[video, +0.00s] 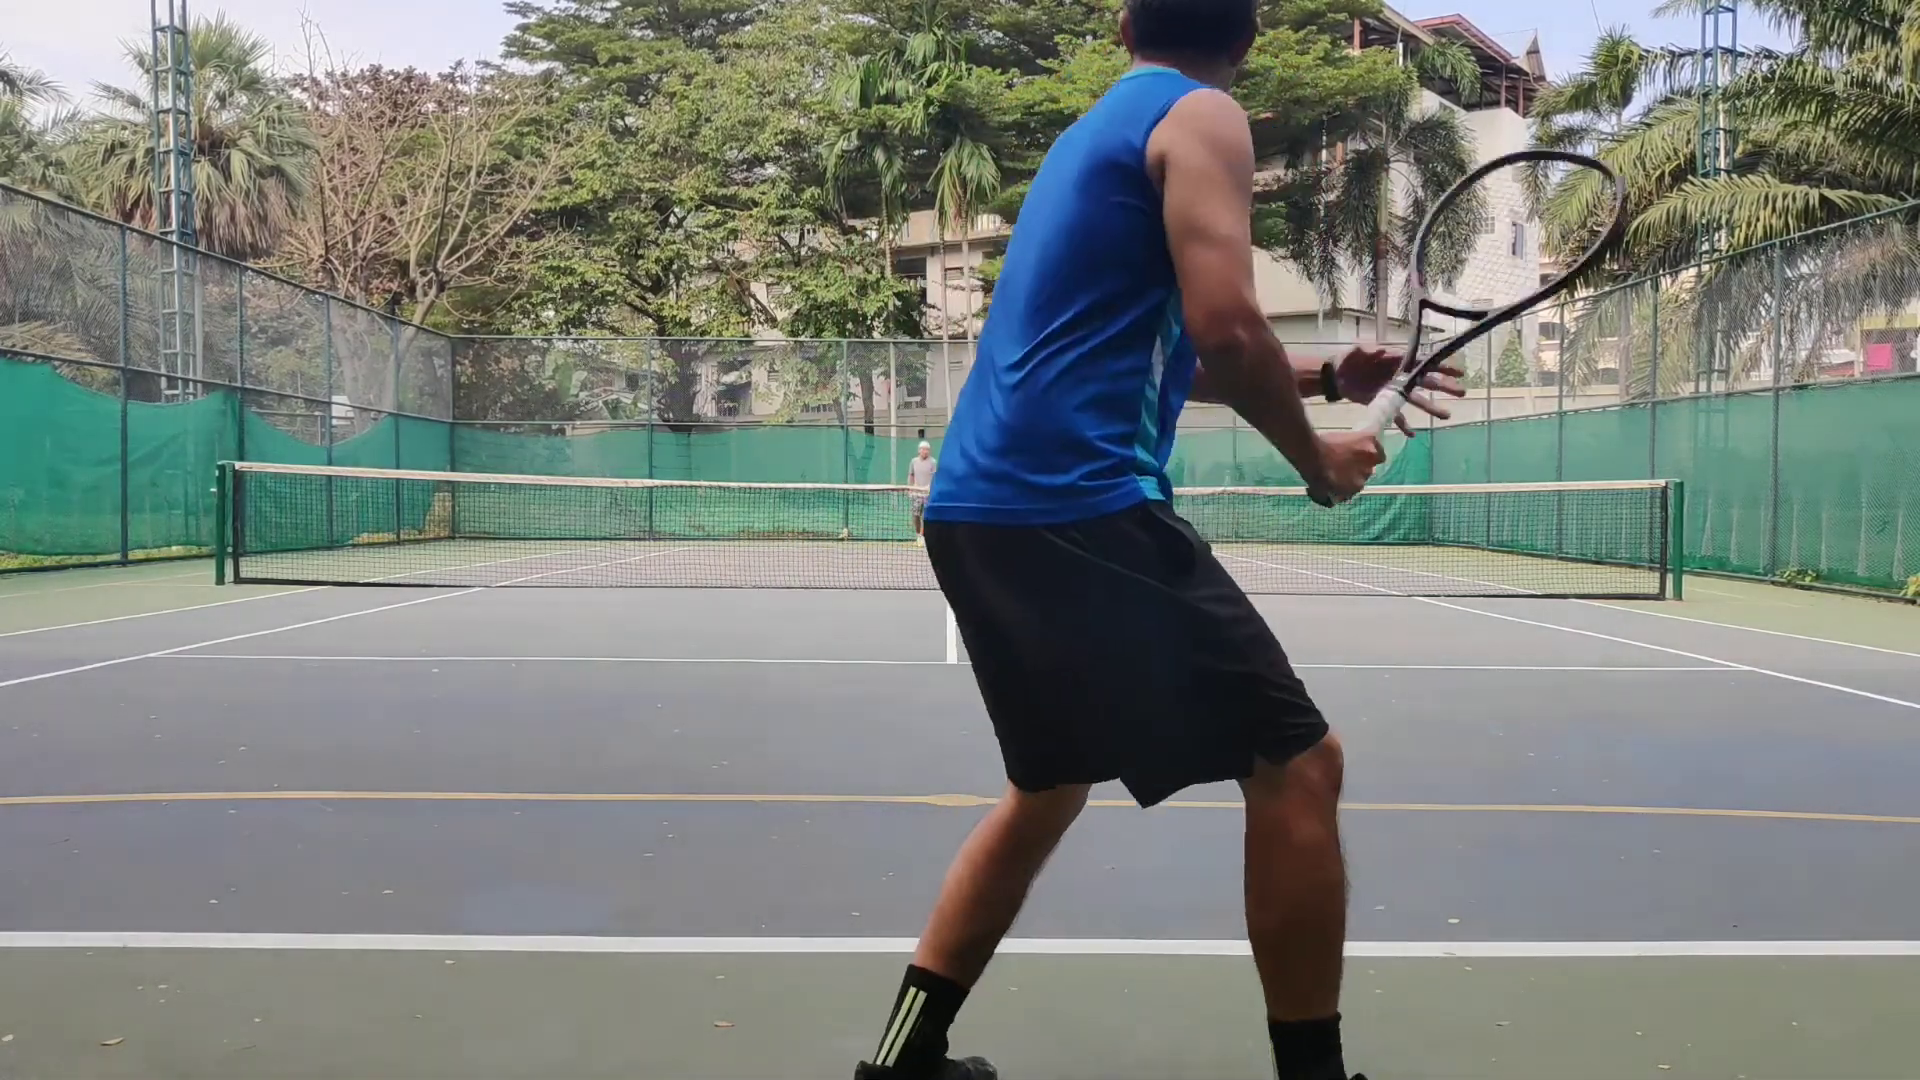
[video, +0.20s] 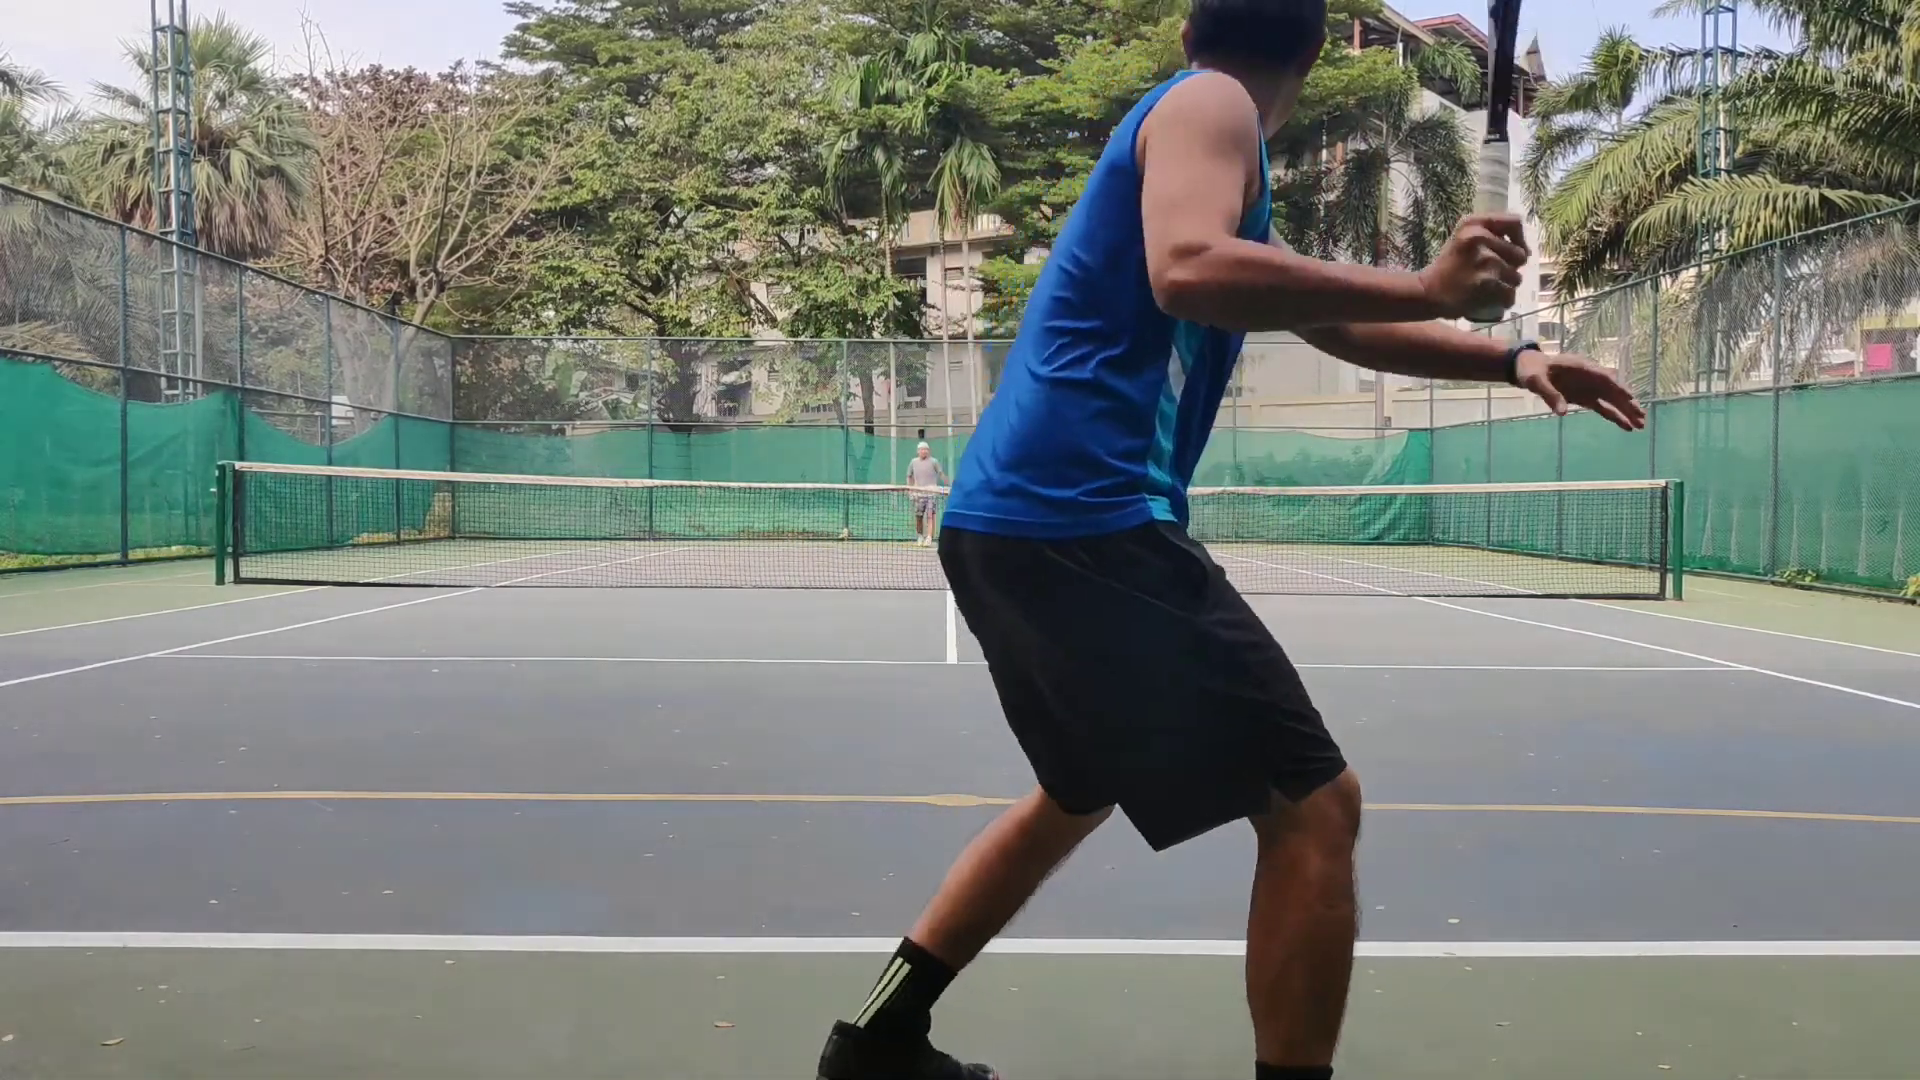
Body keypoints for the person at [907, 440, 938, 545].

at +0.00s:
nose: (924, 452)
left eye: (926, 449)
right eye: (922, 449)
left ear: (929, 451)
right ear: (919, 450)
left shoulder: (933, 462)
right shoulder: (914, 461)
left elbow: (934, 475)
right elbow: (911, 475)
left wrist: (932, 488)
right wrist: (910, 487)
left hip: (928, 491)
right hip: (916, 491)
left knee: (927, 514)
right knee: (916, 514)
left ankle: (924, 535)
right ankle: (918, 534)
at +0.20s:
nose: (924, 452)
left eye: (925, 449)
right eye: (921, 449)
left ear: (929, 451)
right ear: (918, 451)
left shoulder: (933, 461)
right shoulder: (914, 462)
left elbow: (940, 473)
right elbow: (909, 476)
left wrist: (946, 481)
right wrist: (910, 488)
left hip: (931, 491)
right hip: (918, 491)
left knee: (930, 515)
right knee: (919, 515)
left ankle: (929, 537)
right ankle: (919, 535)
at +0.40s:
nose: (927, 450)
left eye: (929, 448)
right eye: (925, 448)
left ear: (932, 449)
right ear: (921, 450)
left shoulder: (937, 460)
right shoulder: (917, 461)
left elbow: (943, 472)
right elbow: (910, 473)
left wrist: (948, 483)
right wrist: (911, 486)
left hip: (934, 490)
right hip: (921, 491)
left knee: (939, 514)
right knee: (921, 515)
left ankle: (941, 536)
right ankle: (920, 536)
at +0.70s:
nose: (939, 453)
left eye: (941, 451)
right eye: (937, 451)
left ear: (943, 452)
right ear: (933, 453)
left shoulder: (948, 464)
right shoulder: (928, 464)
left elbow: (951, 477)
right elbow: (924, 477)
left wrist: (951, 488)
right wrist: (925, 488)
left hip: (945, 491)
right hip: (932, 491)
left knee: (949, 515)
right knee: (928, 514)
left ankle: (950, 534)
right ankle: (921, 534)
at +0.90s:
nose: (946, 451)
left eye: (948, 449)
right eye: (944, 449)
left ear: (950, 450)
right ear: (940, 451)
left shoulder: (955, 461)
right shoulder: (935, 462)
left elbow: (959, 474)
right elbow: (933, 475)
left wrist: (957, 485)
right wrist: (934, 486)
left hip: (952, 490)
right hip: (939, 490)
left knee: (954, 513)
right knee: (937, 512)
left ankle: (954, 534)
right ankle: (934, 534)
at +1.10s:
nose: (948, 452)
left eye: (950, 450)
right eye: (946, 450)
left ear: (953, 452)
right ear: (942, 452)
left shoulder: (958, 463)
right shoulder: (938, 464)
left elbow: (963, 475)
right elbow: (934, 476)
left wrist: (961, 486)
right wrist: (937, 486)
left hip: (957, 490)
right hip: (943, 490)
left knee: (960, 513)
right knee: (942, 513)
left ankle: (958, 533)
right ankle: (940, 535)